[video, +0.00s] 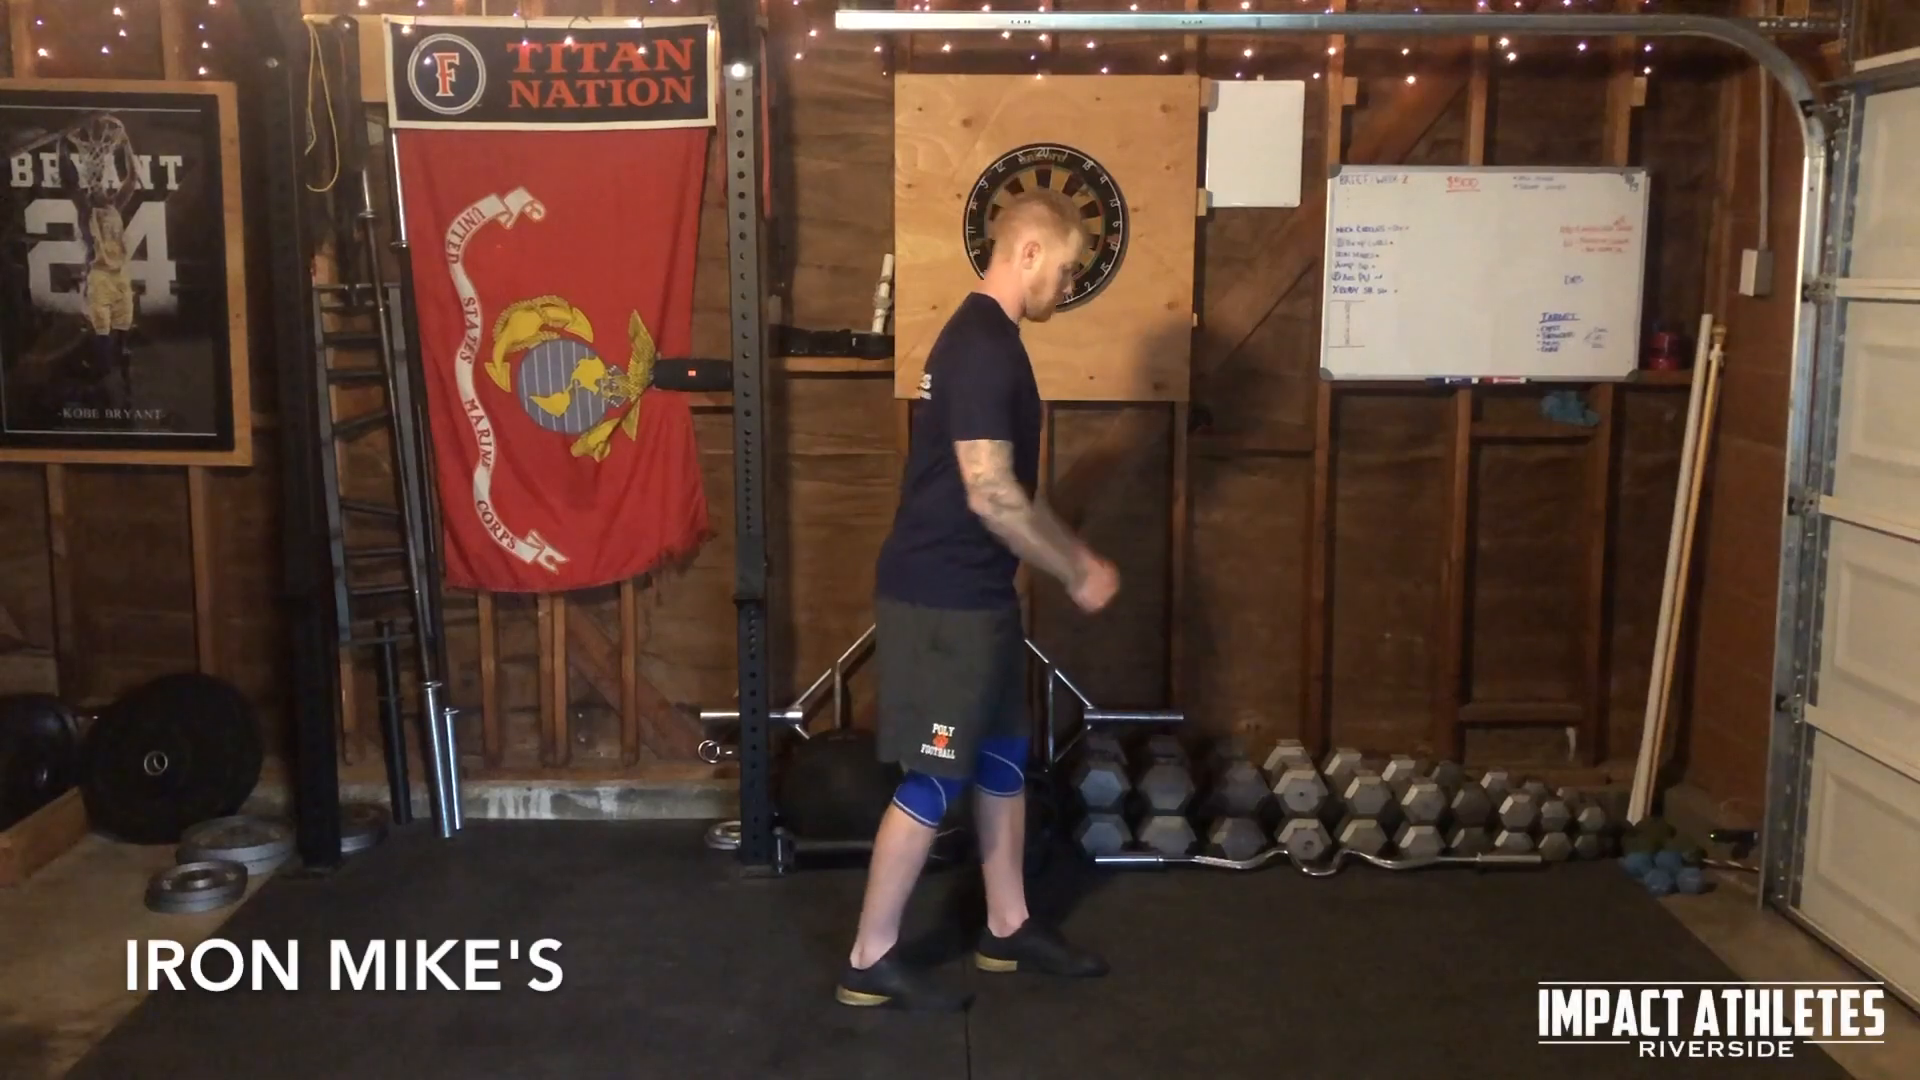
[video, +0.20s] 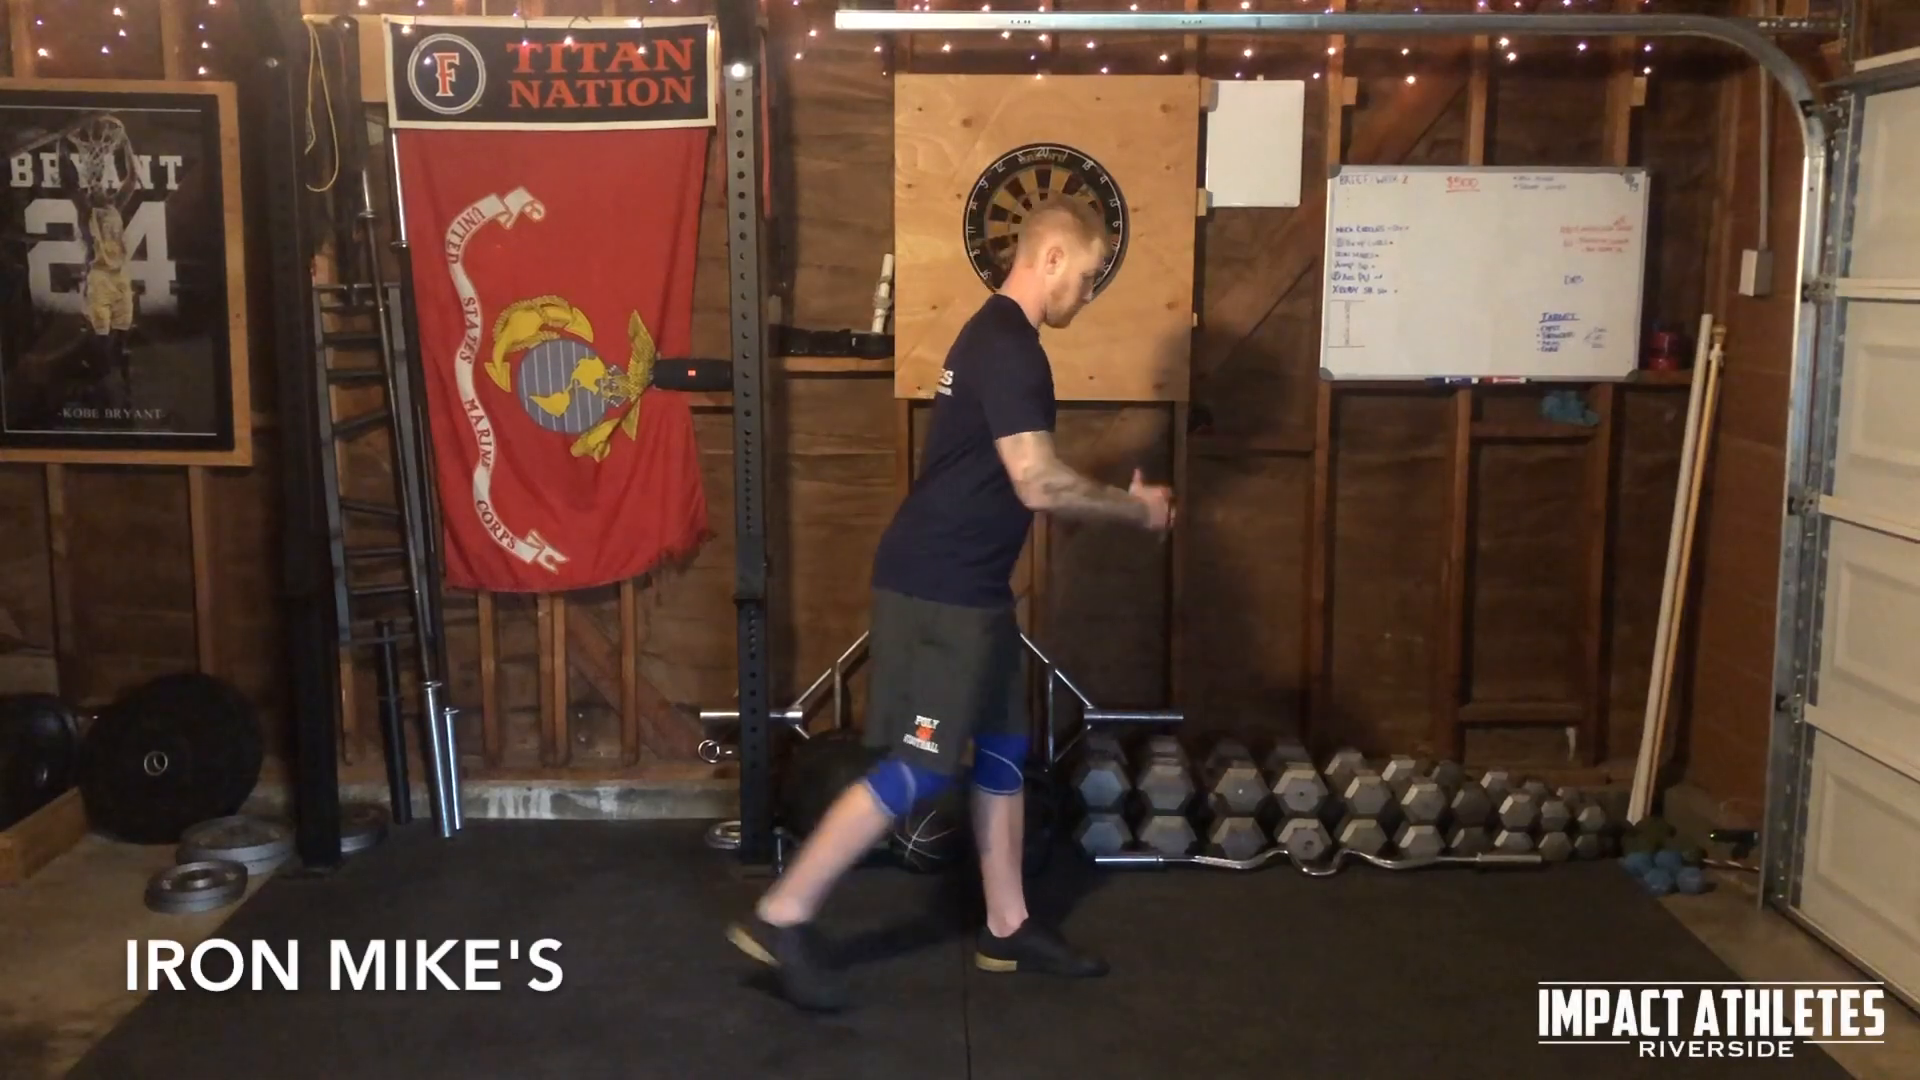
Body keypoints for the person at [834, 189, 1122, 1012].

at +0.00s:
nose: (1065, 290)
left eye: (1071, 275)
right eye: (1065, 271)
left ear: (1019, 254)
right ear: (1028, 253)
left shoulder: (996, 339)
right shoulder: (981, 341)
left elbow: (1007, 484)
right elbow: (988, 489)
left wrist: (1073, 554)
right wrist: (1074, 566)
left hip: (986, 596)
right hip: (940, 597)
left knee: (1003, 760)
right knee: (931, 776)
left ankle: (1008, 930)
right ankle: (870, 956)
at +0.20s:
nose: (1089, 295)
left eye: (1096, 280)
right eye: (1090, 275)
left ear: (1039, 256)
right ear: (1050, 256)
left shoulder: (1003, 338)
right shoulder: (1006, 343)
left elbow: (1030, 475)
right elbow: (1039, 483)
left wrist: (1111, 493)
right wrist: (1134, 505)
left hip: (979, 590)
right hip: (935, 589)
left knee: (999, 757)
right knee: (921, 761)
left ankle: (1007, 930)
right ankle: (778, 915)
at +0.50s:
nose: (1086, 378)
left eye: (1091, 362)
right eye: (1087, 360)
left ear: (1034, 347)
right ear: (1052, 350)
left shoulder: (995, 415)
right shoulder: (1004, 430)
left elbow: (993, 544)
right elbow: (1011, 575)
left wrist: (1068, 548)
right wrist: (1091, 571)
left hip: (963, 647)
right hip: (902, 656)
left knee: (1059, 739)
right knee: (855, 831)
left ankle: (1010, 927)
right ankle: (644, 923)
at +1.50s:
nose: (1072, 288)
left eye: (1078, 271)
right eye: (1070, 268)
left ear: (1018, 255)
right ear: (1025, 253)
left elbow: (962, 439)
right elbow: (927, 440)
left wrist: (1031, 442)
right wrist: (1027, 445)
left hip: (903, 564)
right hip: (910, 568)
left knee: (852, 741)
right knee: (1020, 737)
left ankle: (679, 839)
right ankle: (1029, 959)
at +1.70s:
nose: (1073, 447)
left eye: (1077, 434)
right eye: (1070, 431)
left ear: (1019, 419)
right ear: (1031, 422)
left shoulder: (980, 489)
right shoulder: (988, 495)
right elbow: (946, 606)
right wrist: (1038, 613)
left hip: (877, 719)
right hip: (916, 720)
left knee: (842, 893)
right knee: (1097, 775)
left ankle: (640, 900)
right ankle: (1049, 978)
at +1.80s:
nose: (1080, 495)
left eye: (1081, 479)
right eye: (1073, 478)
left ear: (1018, 474)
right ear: (1034, 474)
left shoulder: (979, 537)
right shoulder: (990, 543)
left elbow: (945, 660)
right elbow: (953, 673)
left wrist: (1018, 658)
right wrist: (1035, 669)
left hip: (868, 764)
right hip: (910, 764)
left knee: (851, 934)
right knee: (1106, 779)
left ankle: (655, 895)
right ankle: (1048, 976)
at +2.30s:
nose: (1078, 261)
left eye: (1084, 246)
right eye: (1076, 240)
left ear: (1016, 227)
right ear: (1029, 223)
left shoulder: (989, 299)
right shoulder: (992, 302)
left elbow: (982, 405)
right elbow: (989, 416)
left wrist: (1045, 399)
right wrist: (1058, 411)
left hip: (902, 536)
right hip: (936, 546)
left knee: (912, 715)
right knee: (996, 726)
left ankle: (757, 851)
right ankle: (955, 934)